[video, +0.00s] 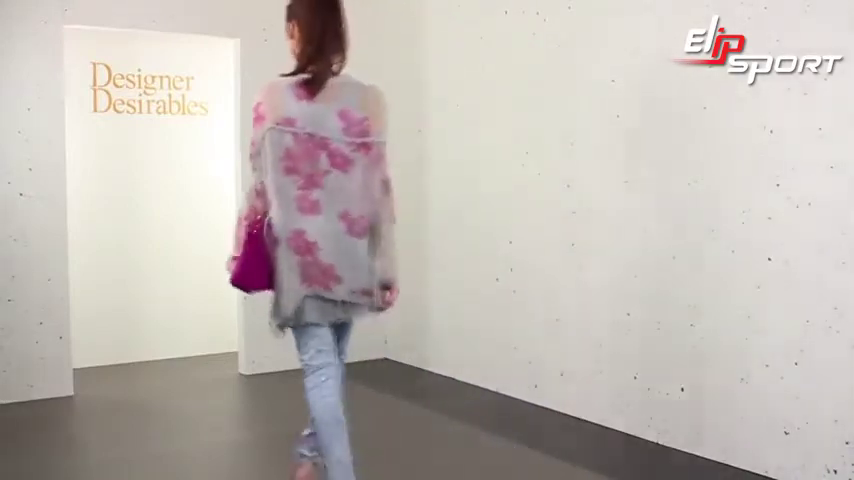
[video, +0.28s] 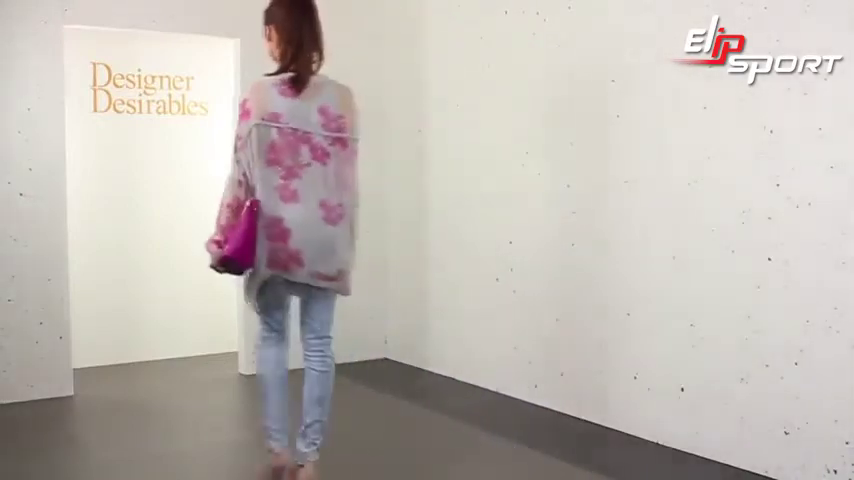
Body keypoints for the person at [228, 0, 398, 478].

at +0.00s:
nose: (286, 38)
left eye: (288, 30)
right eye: (288, 28)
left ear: (296, 32)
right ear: (337, 31)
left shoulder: (274, 97)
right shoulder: (367, 99)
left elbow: (260, 185)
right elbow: (380, 190)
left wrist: (243, 250)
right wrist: (386, 266)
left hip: (294, 251)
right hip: (354, 250)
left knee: (321, 368)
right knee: (332, 362)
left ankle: (341, 472)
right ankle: (310, 454)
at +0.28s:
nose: (265, 40)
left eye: (268, 33)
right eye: (266, 32)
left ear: (279, 35)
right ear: (312, 33)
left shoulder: (260, 94)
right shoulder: (341, 97)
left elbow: (242, 173)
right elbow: (348, 179)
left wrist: (220, 238)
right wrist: (346, 243)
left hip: (271, 235)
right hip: (328, 238)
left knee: (272, 334)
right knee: (319, 343)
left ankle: (278, 447)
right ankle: (309, 455)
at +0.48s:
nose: (246, 59)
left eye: (247, 51)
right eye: (248, 51)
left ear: (257, 55)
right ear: (294, 53)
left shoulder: (246, 110)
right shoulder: (319, 110)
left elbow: (231, 183)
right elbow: (327, 184)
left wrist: (208, 244)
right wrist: (324, 240)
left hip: (256, 241)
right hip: (311, 243)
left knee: (254, 336)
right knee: (307, 342)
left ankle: (261, 428)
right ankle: (306, 453)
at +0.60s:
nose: (238, 59)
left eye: (238, 52)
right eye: (240, 51)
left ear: (246, 55)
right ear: (281, 52)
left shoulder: (235, 111)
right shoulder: (307, 108)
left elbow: (222, 183)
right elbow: (315, 180)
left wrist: (201, 241)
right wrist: (304, 223)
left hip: (247, 237)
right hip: (297, 238)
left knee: (246, 331)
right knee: (288, 332)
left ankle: (262, 425)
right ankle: (300, 429)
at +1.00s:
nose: (208, 76)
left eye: (209, 70)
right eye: (211, 68)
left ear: (213, 73)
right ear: (246, 71)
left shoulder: (198, 121)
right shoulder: (265, 122)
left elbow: (187, 185)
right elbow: (277, 190)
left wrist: (176, 239)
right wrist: (285, 247)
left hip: (215, 238)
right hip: (258, 237)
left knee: (236, 324)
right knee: (241, 324)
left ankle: (259, 417)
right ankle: (221, 401)